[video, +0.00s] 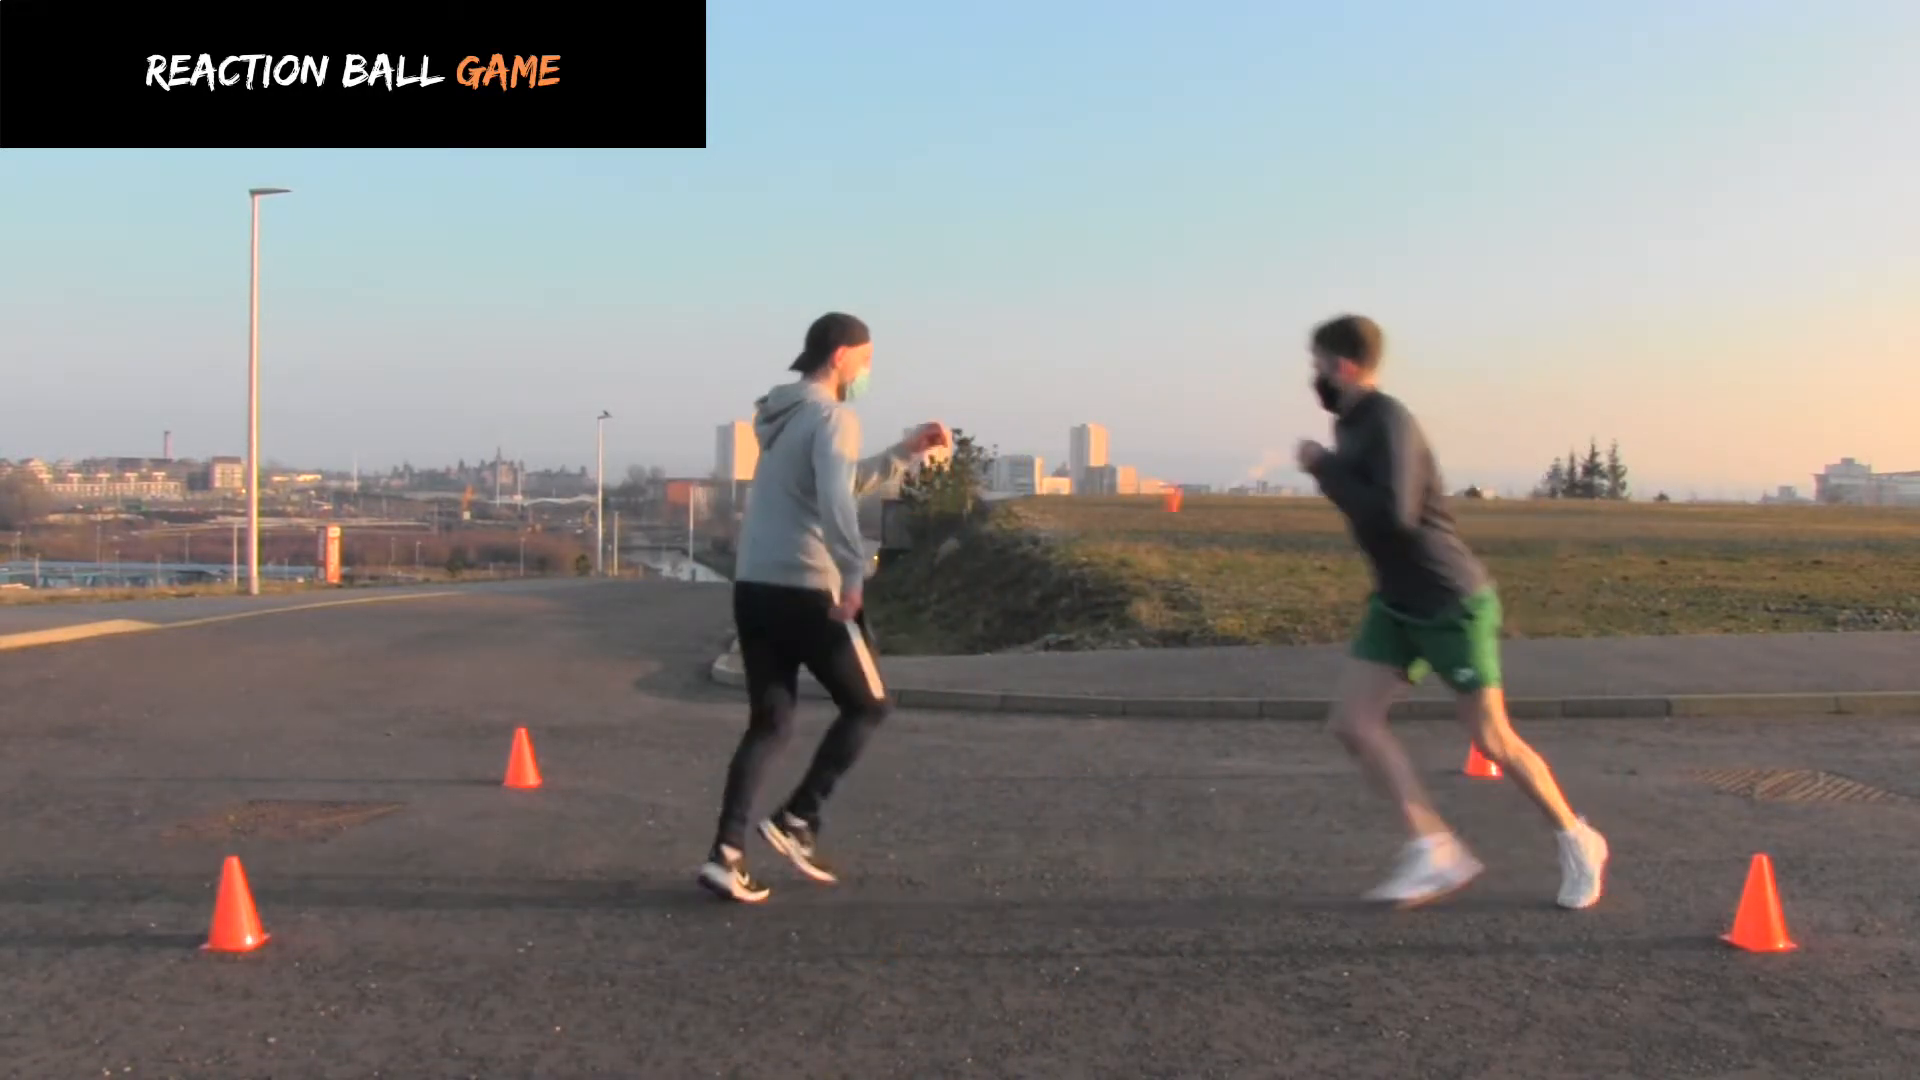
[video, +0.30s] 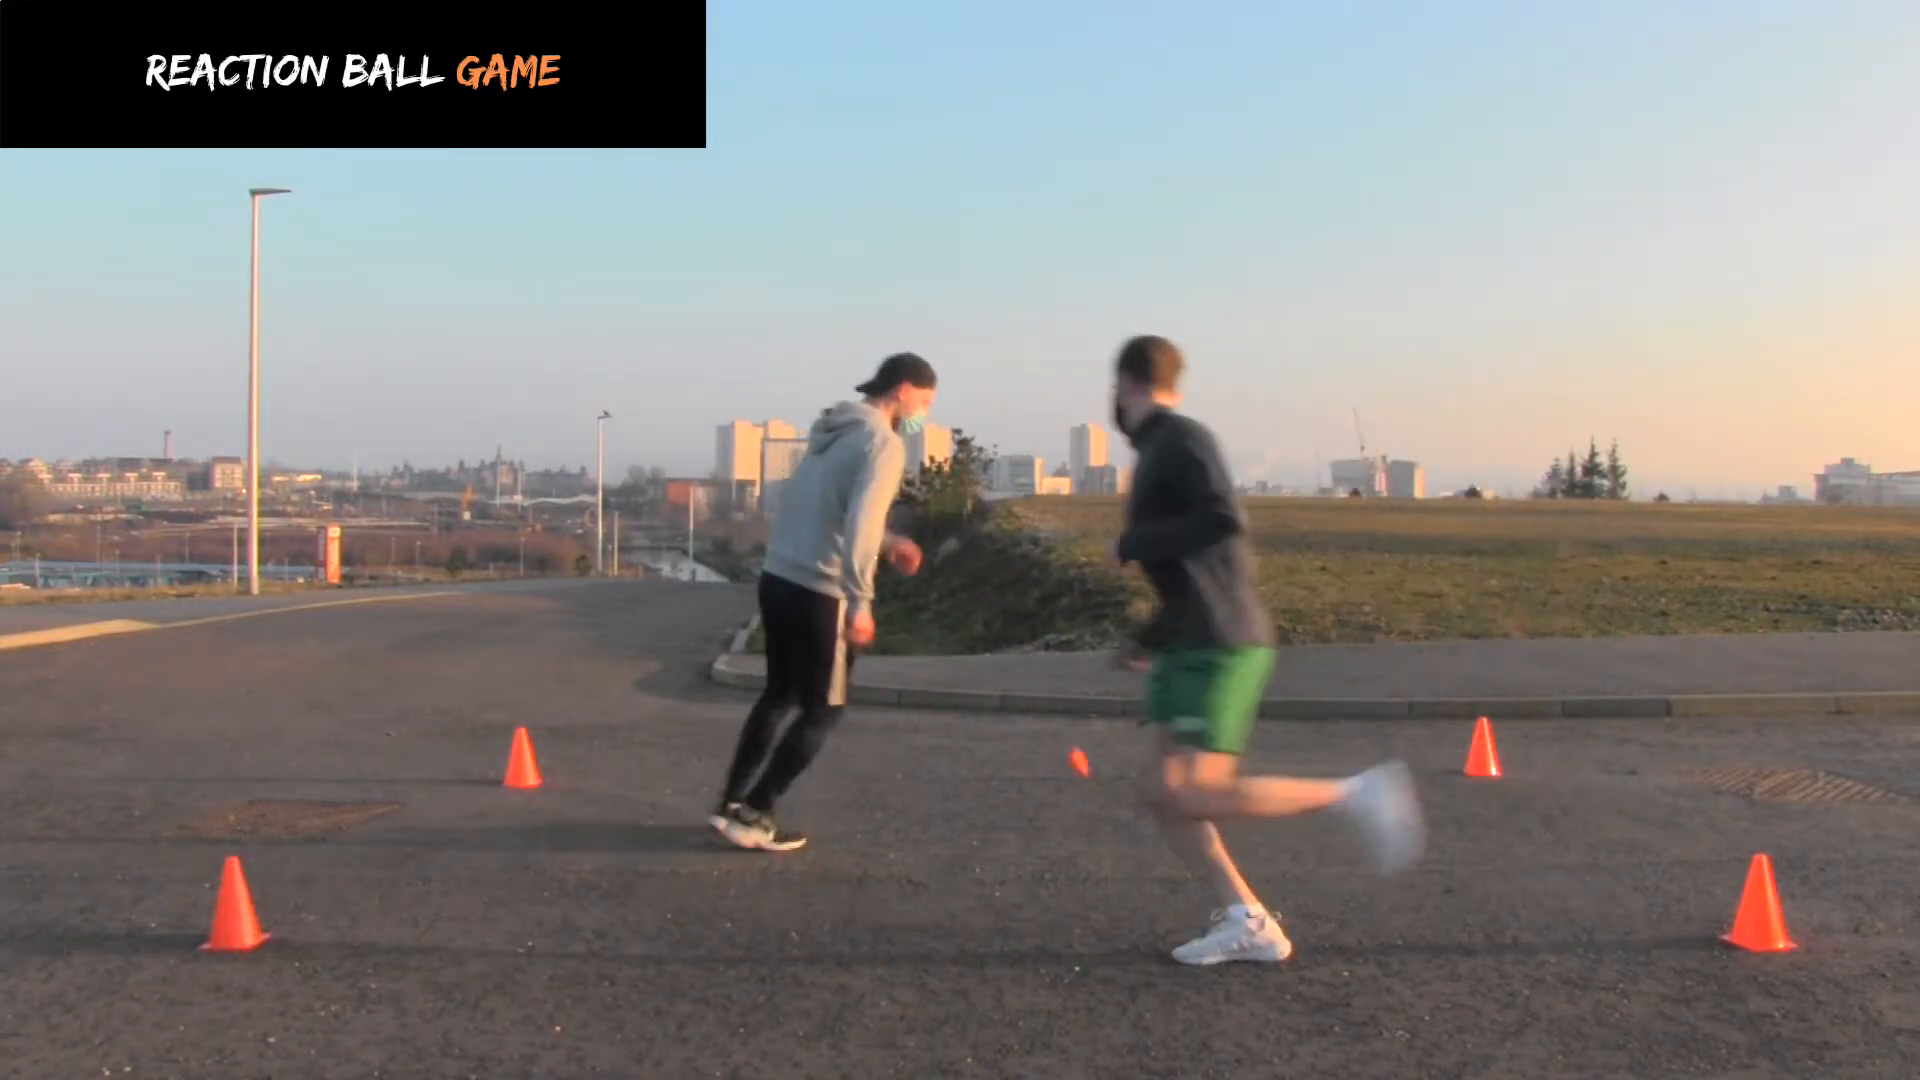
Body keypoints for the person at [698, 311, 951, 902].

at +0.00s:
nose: (865, 370)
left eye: (867, 359)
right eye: (864, 358)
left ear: (822, 352)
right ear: (842, 354)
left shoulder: (784, 412)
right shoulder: (834, 416)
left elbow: (838, 491)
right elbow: (834, 497)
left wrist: (903, 456)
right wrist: (855, 569)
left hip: (754, 584)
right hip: (804, 587)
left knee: (768, 721)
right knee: (868, 704)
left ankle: (726, 853)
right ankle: (798, 818)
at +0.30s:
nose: (923, 414)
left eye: (927, 404)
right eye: (923, 403)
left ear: (887, 388)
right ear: (902, 390)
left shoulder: (836, 428)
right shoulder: (884, 444)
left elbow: (829, 508)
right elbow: (861, 525)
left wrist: (885, 542)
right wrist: (862, 602)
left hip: (779, 579)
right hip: (819, 591)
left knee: (779, 692)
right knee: (824, 707)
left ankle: (733, 802)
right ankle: (755, 812)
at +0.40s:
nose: (947, 446)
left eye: (951, 434)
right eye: (948, 432)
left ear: (917, 417)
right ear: (923, 418)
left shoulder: (858, 450)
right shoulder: (892, 463)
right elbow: (883, 555)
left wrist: (899, 596)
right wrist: (910, 624)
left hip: (797, 594)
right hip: (831, 603)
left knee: (804, 695)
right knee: (906, 695)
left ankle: (752, 801)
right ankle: (823, 770)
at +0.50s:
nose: (959, 454)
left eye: (960, 445)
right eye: (961, 444)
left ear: (930, 427)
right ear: (950, 435)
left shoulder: (882, 460)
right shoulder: (912, 475)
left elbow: (881, 563)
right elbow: (908, 563)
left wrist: (915, 628)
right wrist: (941, 625)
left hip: (813, 596)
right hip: (846, 607)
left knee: (819, 699)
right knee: (921, 685)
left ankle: (757, 796)